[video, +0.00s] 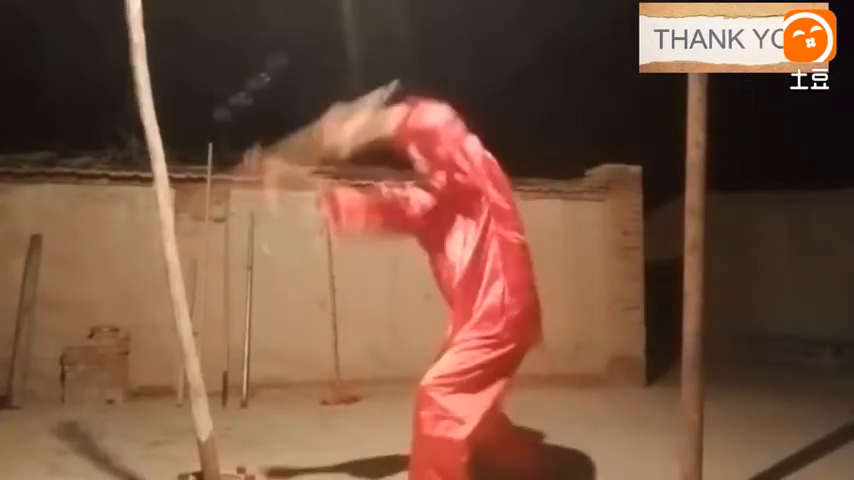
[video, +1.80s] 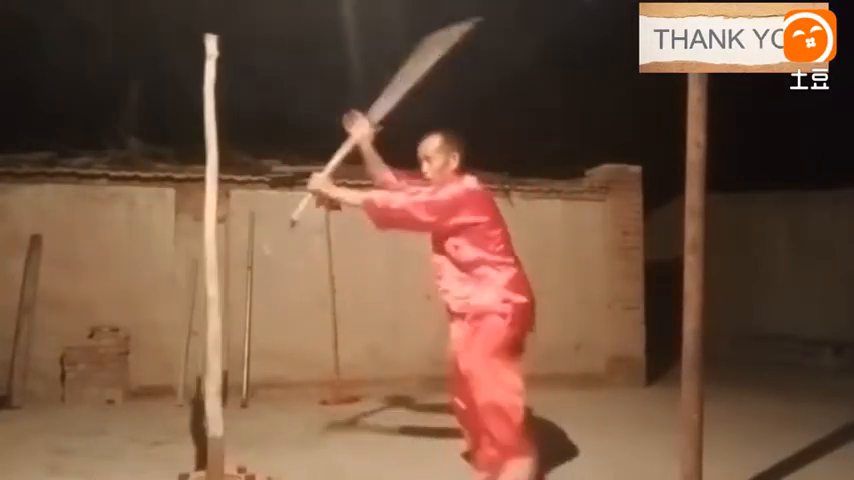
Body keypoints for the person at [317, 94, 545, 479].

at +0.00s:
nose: (418, 162)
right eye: (414, 156)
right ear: (413, 160)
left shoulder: (475, 181)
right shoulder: (429, 205)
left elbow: (439, 121)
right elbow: (371, 205)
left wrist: (367, 126)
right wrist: (311, 188)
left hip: (504, 319)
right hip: (471, 323)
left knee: (438, 392)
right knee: (461, 401)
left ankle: (436, 473)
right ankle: (526, 461)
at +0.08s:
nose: (400, 144)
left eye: (409, 133)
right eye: (399, 136)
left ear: (434, 136)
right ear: (403, 145)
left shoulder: (466, 182)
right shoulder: (408, 194)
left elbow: (444, 116)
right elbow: (350, 168)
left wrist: (373, 98)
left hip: (497, 308)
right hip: (462, 311)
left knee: (437, 393)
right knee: (464, 399)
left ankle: (443, 475)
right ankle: (524, 464)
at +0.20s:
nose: (401, 146)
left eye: (410, 135)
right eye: (403, 136)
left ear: (439, 139)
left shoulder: (464, 193)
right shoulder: (415, 200)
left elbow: (459, 154)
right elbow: (353, 173)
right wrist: (308, 128)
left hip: (492, 321)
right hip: (457, 320)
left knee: (436, 392)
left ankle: (442, 472)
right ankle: (505, 458)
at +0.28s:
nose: (407, 165)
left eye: (415, 155)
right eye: (407, 155)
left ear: (440, 158)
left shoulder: (461, 205)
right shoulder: (428, 201)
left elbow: (413, 254)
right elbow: (389, 231)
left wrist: (335, 265)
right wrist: (341, 219)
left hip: (488, 326)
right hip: (454, 328)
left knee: (430, 395)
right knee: (474, 428)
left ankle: (434, 473)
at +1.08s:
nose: (424, 219)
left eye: (431, 209)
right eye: (423, 211)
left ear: (456, 211)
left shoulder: (466, 250)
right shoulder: (461, 240)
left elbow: (402, 284)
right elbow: (404, 243)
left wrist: (355, 248)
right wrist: (348, 232)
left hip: (511, 356)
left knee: (440, 398)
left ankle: (442, 474)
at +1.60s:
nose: (429, 180)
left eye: (436, 173)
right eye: (428, 173)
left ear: (460, 176)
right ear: (453, 177)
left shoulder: (472, 214)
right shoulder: (459, 208)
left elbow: (403, 234)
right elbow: (409, 213)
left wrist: (348, 204)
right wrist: (374, 189)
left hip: (492, 333)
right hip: (472, 330)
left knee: (451, 419)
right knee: (454, 417)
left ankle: (453, 475)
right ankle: (460, 474)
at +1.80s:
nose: (423, 166)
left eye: (429, 158)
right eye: (422, 159)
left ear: (453, 160)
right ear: (449, 162)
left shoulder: (468, 194)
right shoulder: (445, 192)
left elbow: (404, 204)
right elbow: (392, 184)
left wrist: (336, 192)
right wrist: (366, 145)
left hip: (499, 304)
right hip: (470, 306)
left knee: (483, 367)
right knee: (466, 377)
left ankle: (517, 457)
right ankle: (487, 457)